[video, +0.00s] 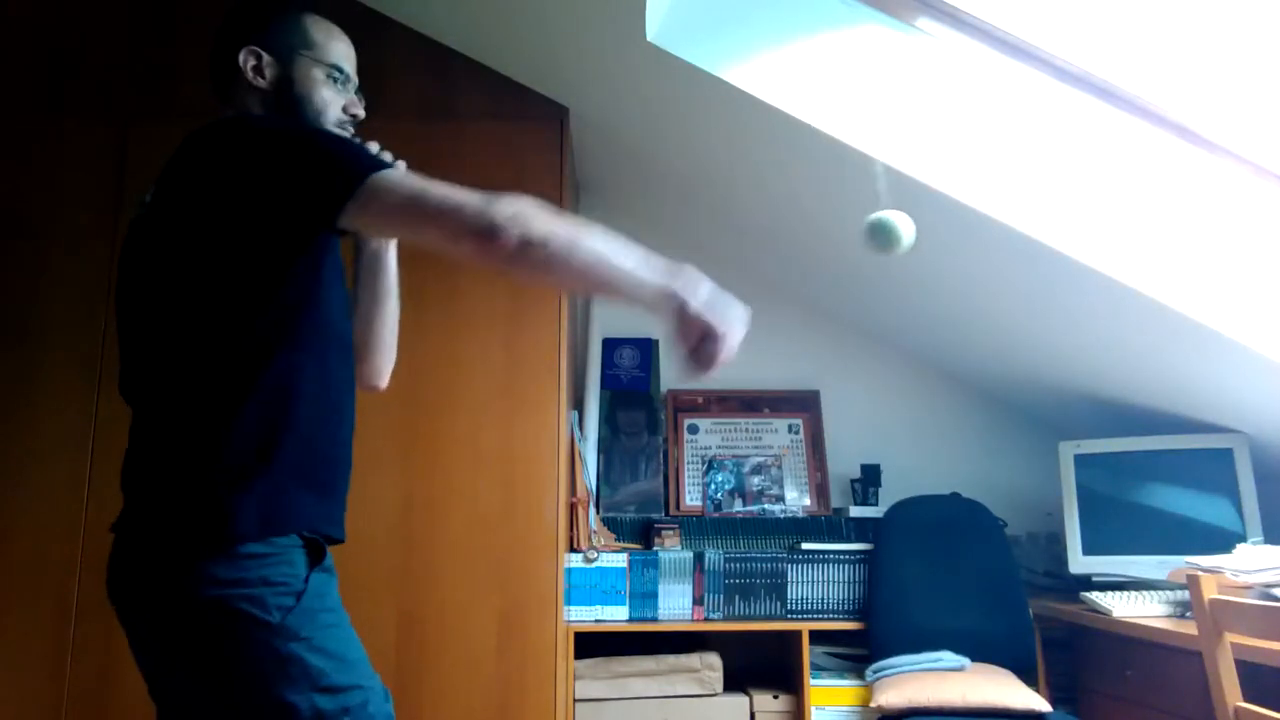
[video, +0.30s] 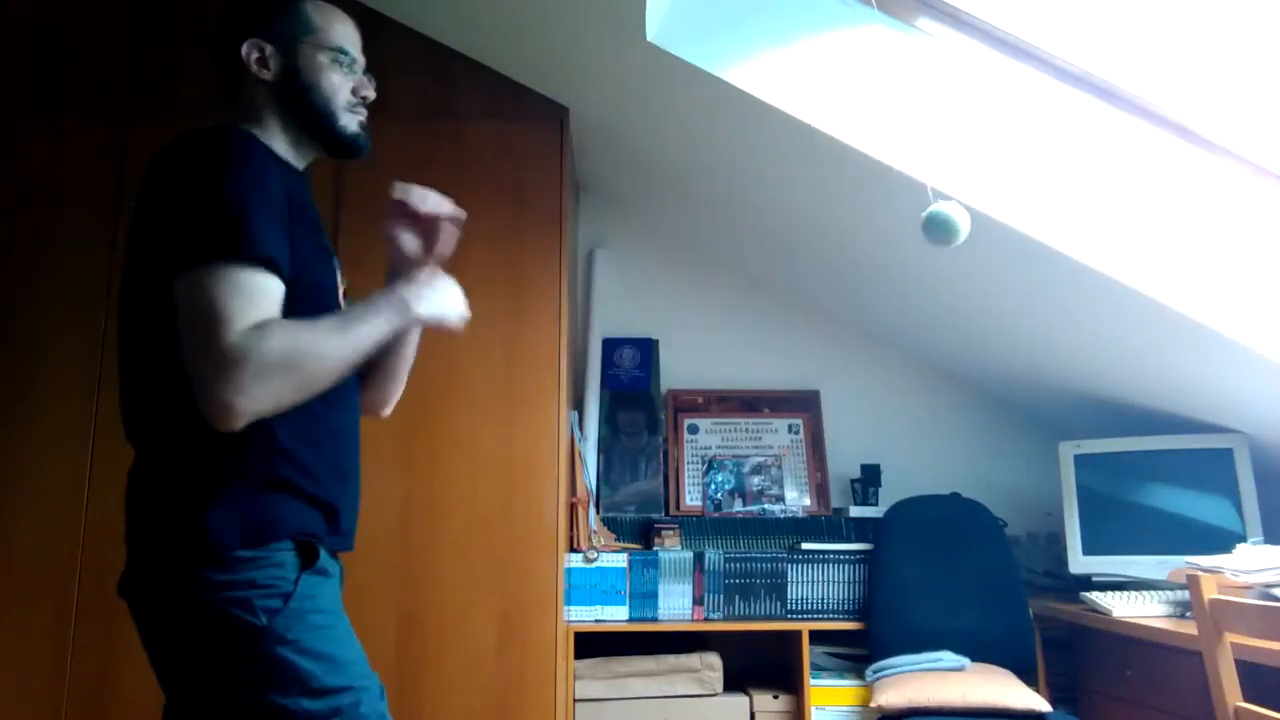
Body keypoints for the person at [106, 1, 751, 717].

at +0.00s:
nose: (356, 103)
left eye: (356, 85)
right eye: (335, 75)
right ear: (257, 69)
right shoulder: (250, 156)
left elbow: (370, 366)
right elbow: (500, 229)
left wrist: (373, 207)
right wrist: (674, 285)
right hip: (231, 564)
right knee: (358, 705)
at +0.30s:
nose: (369, 86)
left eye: (365, 67)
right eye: (341, 60)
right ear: (262, 61)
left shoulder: (281, 194)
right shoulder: (227, 170)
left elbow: (374, 395)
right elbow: (233, 382)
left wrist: (409, 274)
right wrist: (402, 301)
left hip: (274, 565)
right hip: (242, 569)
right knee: (349, 707)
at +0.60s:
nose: (398, 96)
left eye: (398, 80)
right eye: (374, 68)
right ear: (295, 62)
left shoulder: (302, 188)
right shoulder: (255, 167)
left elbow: (421, 378)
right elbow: (295, 365)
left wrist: (443, 262)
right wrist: (441, 257)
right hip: (286, 573)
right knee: (396, 708)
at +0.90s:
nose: (415, 107)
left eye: (414, 87)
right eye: (398, 77)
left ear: (322, 75)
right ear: (324, 66)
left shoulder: (290, 183)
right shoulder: (316, 150)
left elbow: (414, 367)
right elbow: (539, 249)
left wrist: (437, 214)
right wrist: (717, 261)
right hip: (306, 579)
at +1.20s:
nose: (380, 100)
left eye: (375, 82)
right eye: (354, 74)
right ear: (276, 77)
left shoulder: (293, 219)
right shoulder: (234, 184)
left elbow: (412, 381)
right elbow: (240, 381)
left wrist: (416, 259)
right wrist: (417, 330)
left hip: (301, 579)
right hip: (265, 584)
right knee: (374, 707)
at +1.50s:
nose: (316, 92)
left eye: (312, 78)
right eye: (286, 70)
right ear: (208, 79)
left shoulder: (274, 229)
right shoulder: (139, 185)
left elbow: (372, 390)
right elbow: (80, 391)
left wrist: (359, 277)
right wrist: (276, 315)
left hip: (256, 561)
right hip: (170, 562)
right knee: (252, 708)